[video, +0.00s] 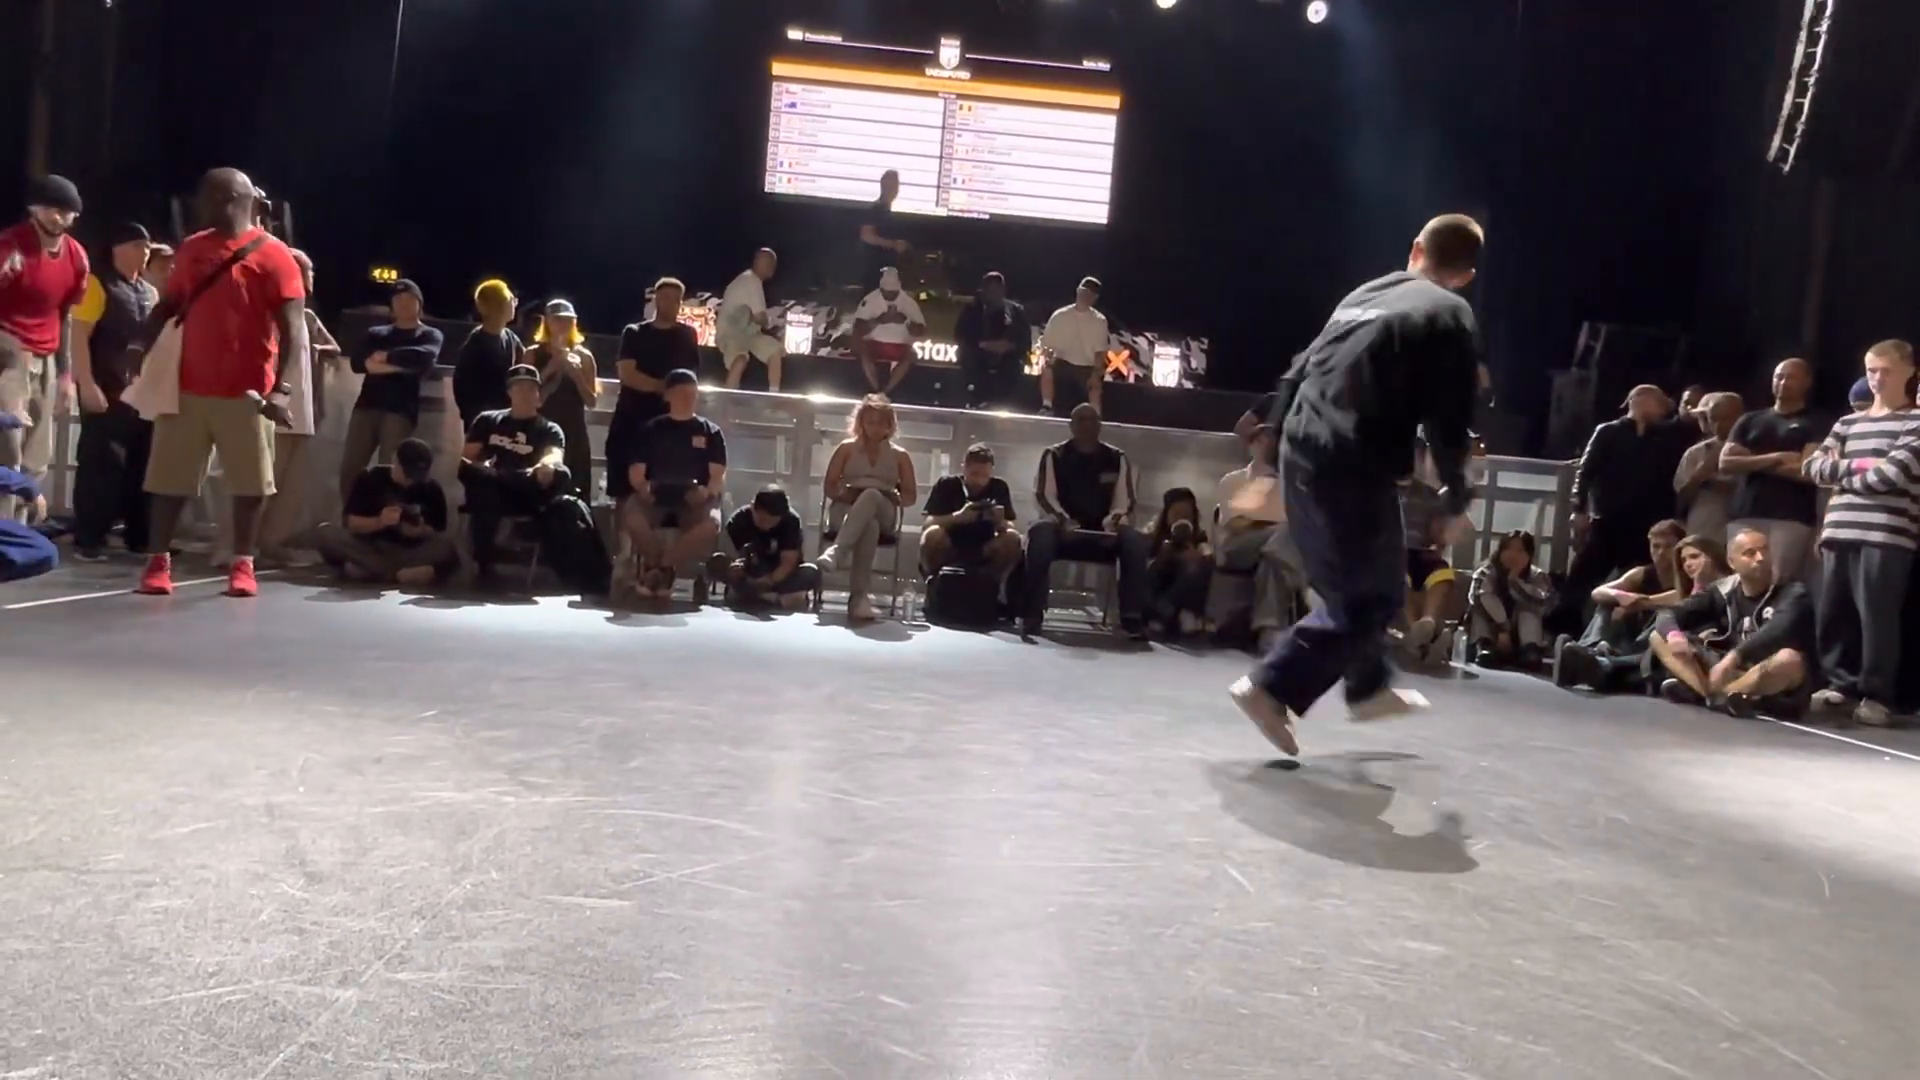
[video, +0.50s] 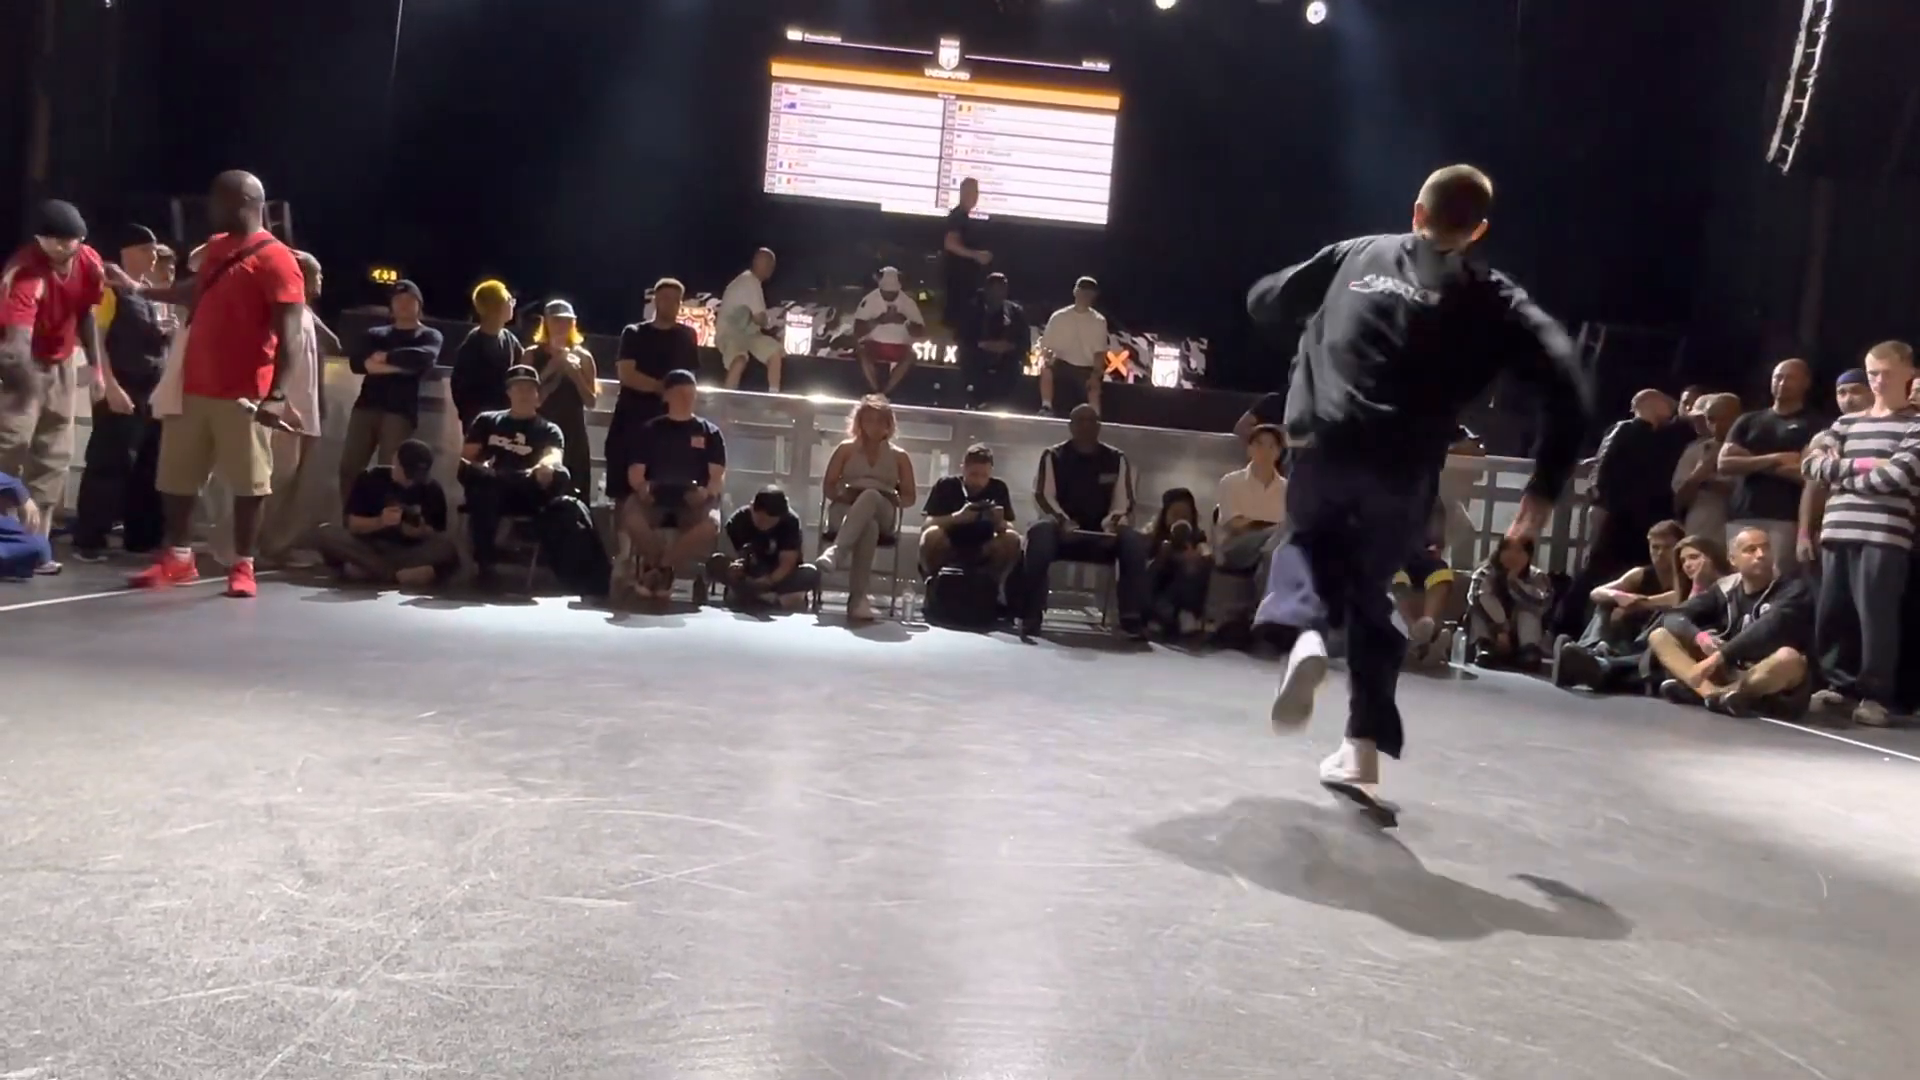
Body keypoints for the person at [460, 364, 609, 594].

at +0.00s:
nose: (527, 394)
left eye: (532, 389)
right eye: (522, 388)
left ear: (539, 395)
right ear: (509, 392)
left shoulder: (550, 429)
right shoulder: (487, 420)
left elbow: (553, 457)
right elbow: (467, 462)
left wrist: (546, 466)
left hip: (531, 488)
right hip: (494, 485)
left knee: (560, 475)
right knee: (481, 484)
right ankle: (484, 566)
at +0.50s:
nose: (525, 394)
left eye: (530, 389)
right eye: (519, 388)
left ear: (538, 395)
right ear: (508, 392)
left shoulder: (549, 430)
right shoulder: (487, 421)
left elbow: (553, 457)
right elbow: (465, 462)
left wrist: (545, 467)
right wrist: (482, 469)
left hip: (530, 488)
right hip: (493, 486)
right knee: (480, 484)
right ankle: (484, 565)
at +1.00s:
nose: (525, 394)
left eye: (529, 389)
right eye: (519, 389)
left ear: (537, 394)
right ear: (507, 392)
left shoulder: (547, 429)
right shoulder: (486, 421)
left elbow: (552, 454)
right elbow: (464, 460)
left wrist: (546, 464)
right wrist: (480, 468)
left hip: (530, 490)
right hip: (493, 487)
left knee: (568, 507)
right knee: (478, 483)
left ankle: (594, 582)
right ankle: (484, 567)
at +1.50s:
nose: (524, 394)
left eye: (529, 389)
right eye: (519, 388)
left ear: (537, 394)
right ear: (508, 391)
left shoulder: (548, 430)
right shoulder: (486, 421)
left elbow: (552, 456)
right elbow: (466, 460)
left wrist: (546, 465)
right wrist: (486, 471)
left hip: (529, 488)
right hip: (493, 486)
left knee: (557, 478)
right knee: (480, 487)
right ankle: (484, 566)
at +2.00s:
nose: (523, 394)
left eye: (528, 389)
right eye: (518, 388)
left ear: (537, 395)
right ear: (507, 391)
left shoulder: (548, 430)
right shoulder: (486, 421)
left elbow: (553, 458)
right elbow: (466, 461)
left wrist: (548, 467)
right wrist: (488, 471)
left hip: (530, 490)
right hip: (493, 487)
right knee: (482, 492)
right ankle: (485, 568)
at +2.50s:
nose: (520, 400)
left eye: (525, 395)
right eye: (515, 394)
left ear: (534, 400)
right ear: (504, 398)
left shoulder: (546, 436)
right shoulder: (483, 427)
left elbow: (548, 467)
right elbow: (462, 467)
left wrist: (545, 473)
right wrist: (478, 475)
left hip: (527, 494)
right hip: (491, 493)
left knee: (556, 484)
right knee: (477, 494)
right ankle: (481, 575)